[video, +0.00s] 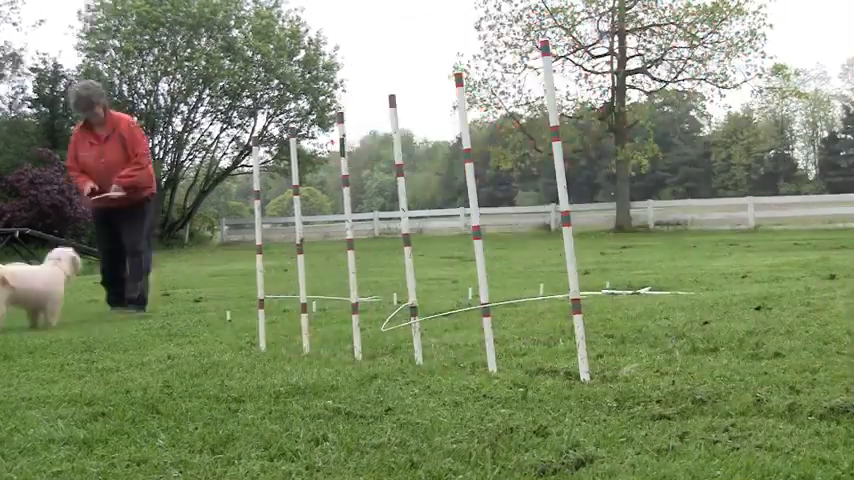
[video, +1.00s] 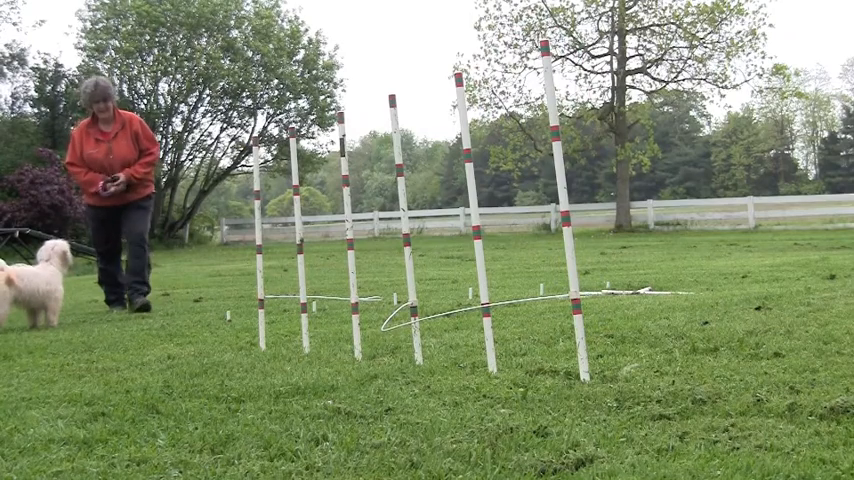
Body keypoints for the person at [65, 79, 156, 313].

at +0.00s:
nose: (90, 115)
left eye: (93, 108)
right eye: (85, 111)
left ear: (103, 103)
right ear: (80, 112)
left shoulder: (126, 124)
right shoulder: (78, 135)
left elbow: (143, 160)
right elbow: (73, 169)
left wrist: (122, 182)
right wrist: (84, 183)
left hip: (135, 197)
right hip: (102, 201)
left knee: (135, 248)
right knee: (109, 252)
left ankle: (136, 302)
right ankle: (116, 301)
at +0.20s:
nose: (94, 111)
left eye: (96, 105)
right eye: (88, 108)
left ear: (104, 100)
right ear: (82, 109)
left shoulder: (126, 122)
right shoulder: (76, 134)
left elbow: (150, 147)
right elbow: (69, 167)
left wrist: (128, 165)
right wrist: (87, 182)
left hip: (136, 198)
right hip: (102, 203)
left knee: (136, 243)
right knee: (108, 253)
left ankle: (142, 298)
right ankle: (116, 302)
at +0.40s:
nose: (94, 108)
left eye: (97, 103)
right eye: (88, 105)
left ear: (107, 98)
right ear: (83, 105)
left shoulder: (127, 120)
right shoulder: (78, 131)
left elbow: (150, 146)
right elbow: (66, 164)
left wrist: (142, 163)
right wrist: (79, 187)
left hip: (135, 198)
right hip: (100, 202)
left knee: (138, 245)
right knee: (107, 253)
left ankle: (145, 298)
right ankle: (116, 302)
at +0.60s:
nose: (94, 109)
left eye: (97, 104)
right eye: (88, 106)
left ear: (107, 98)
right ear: (83, 105)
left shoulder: (128, 120)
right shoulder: (78, 131)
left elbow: (150, 147)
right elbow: (66, 165)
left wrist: (141, 164)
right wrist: (78, 187)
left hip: (134, 197)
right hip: (99, 202)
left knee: (138, 244)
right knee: (106, 253)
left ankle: (145, 298)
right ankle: (115, 302)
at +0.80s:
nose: (97, 108)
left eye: (100, 103)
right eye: (92, 105)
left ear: (109, 99)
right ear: (85, 105)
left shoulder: (129, 120)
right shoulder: (78, 131)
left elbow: (149, 150)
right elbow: (71, 167)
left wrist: (127, 171)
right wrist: (99, 179)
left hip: (135, 195)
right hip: (99, 200)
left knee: (137, 239)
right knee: (105, 252)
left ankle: (142, 295)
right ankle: (115, 301)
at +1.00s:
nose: (102, 106)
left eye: (106, 100)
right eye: (96, 102)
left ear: (113, 99)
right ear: (89, 105)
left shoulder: (133, 122)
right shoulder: (80, 132)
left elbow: (152, 153)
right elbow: (74, 167)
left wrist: (129, 176)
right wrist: (99, 184)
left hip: (136, 197)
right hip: (101, 202)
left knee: (137, 240)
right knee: (106, 252)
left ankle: (138, 295)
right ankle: (115, 301)